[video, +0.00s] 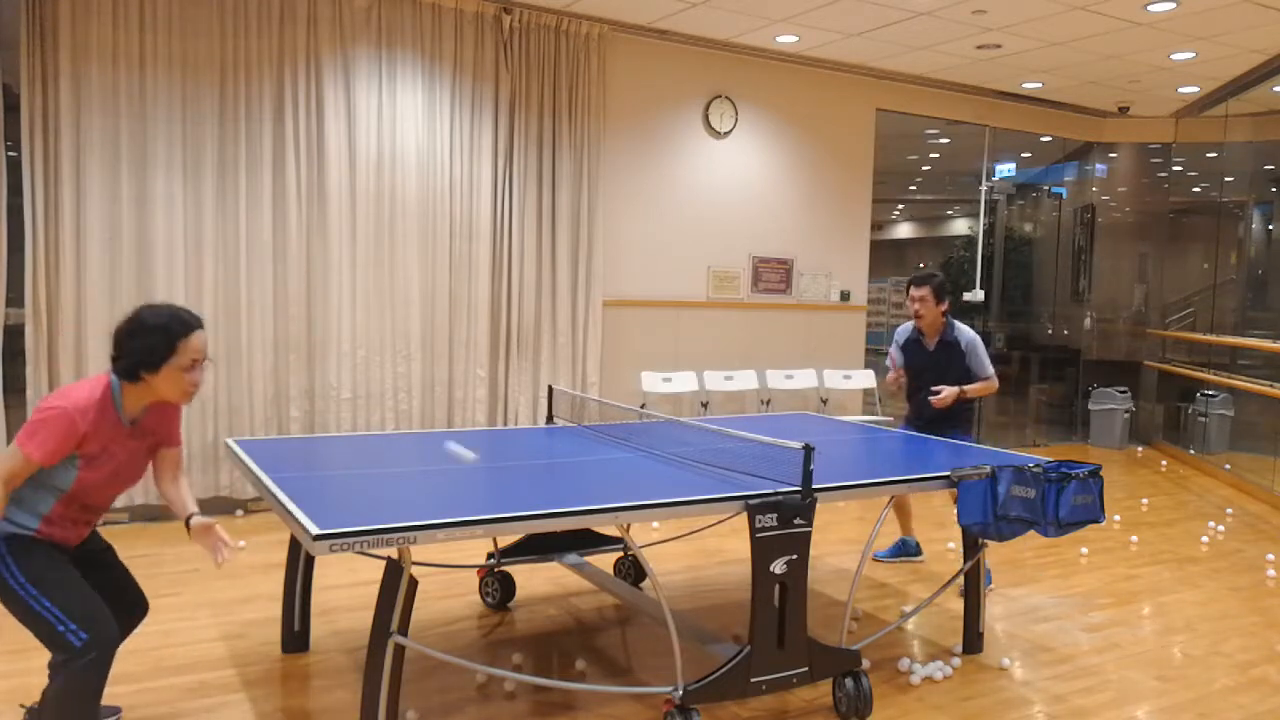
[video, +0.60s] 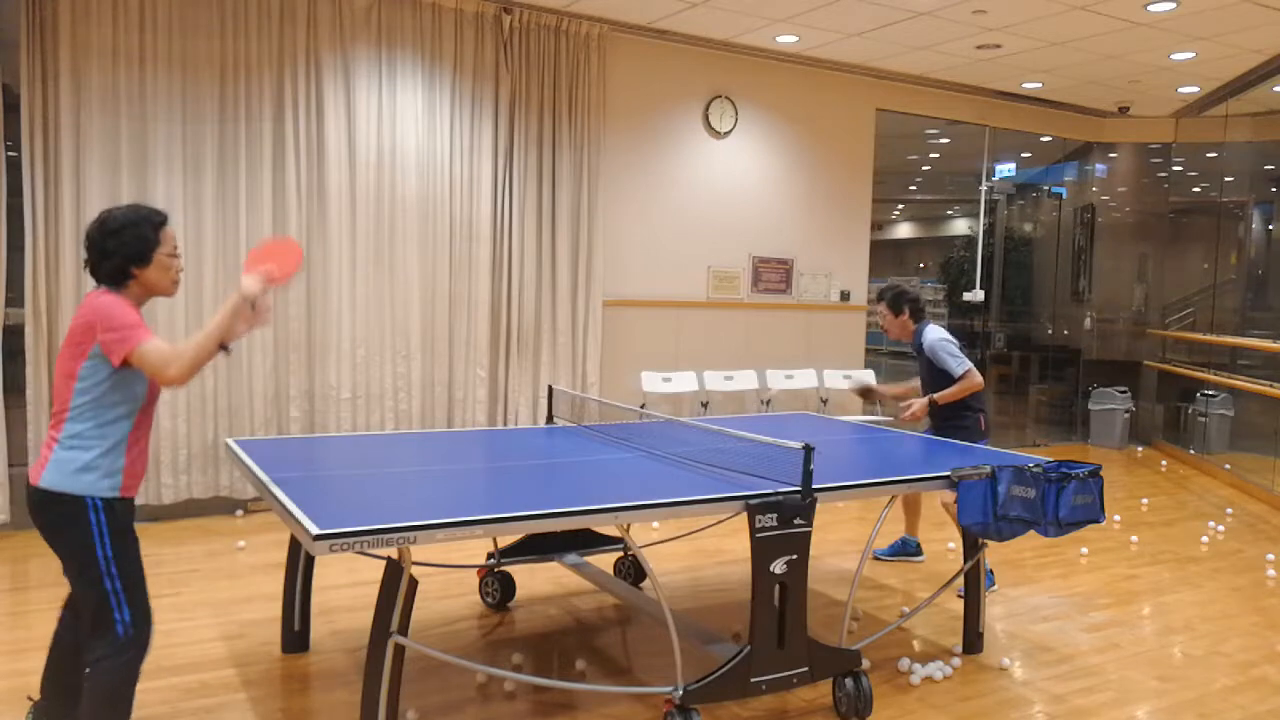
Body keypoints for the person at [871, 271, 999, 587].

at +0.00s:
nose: (915, 308)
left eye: (922, 301)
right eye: (911, 301)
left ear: (943, 306)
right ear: (908, 304)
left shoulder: (966, 338)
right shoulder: (903, 334)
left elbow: (991, 383)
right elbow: (895, 377)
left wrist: (959, 392)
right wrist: (895, 379)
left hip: (955, 425)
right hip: (916, 423)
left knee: (959, 489)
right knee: (893, 475)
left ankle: (977, 560)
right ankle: (908, 540)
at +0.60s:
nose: (881, 324)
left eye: (884, 317)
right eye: (880, 318)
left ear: (904, 314)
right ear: (904, 315)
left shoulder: (933, 339)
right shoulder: (922, 341)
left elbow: (974, 380)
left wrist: (930, 401)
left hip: (964, 435)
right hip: (941, 432)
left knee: (951, 500)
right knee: (909, 478)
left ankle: (981, 569)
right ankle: (910, 541)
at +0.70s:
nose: (881, 316)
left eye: (885, 309)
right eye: (881, 309)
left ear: (905, 309)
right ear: (904, 310)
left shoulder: (940, 333)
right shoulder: (905, 341)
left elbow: (980, 373)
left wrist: (936, 388)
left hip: (965, 426)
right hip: (934, 424)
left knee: (957, 495)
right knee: (907, 476)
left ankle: (980, 568)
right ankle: (910, 541)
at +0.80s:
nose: (887, 305)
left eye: (892, 298)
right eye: (886, 298)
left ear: (914, 299)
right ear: (905, 301)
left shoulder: (949, 326)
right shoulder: (895, 331)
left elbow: (985, 368)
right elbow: (865, 362)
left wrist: (948, 374)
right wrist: (836, 347)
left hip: (959, 425)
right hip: (924, 422)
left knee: (959, 489)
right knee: (900, 475)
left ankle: (976, 566)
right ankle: (908, 541)